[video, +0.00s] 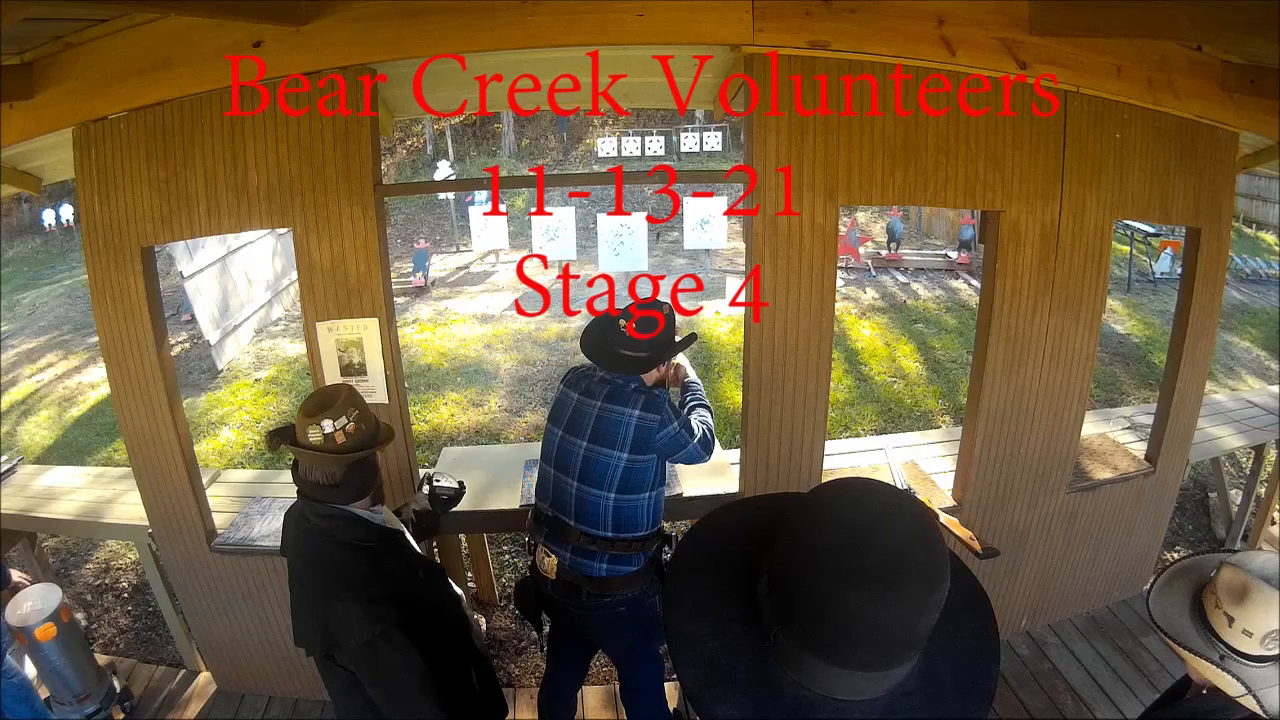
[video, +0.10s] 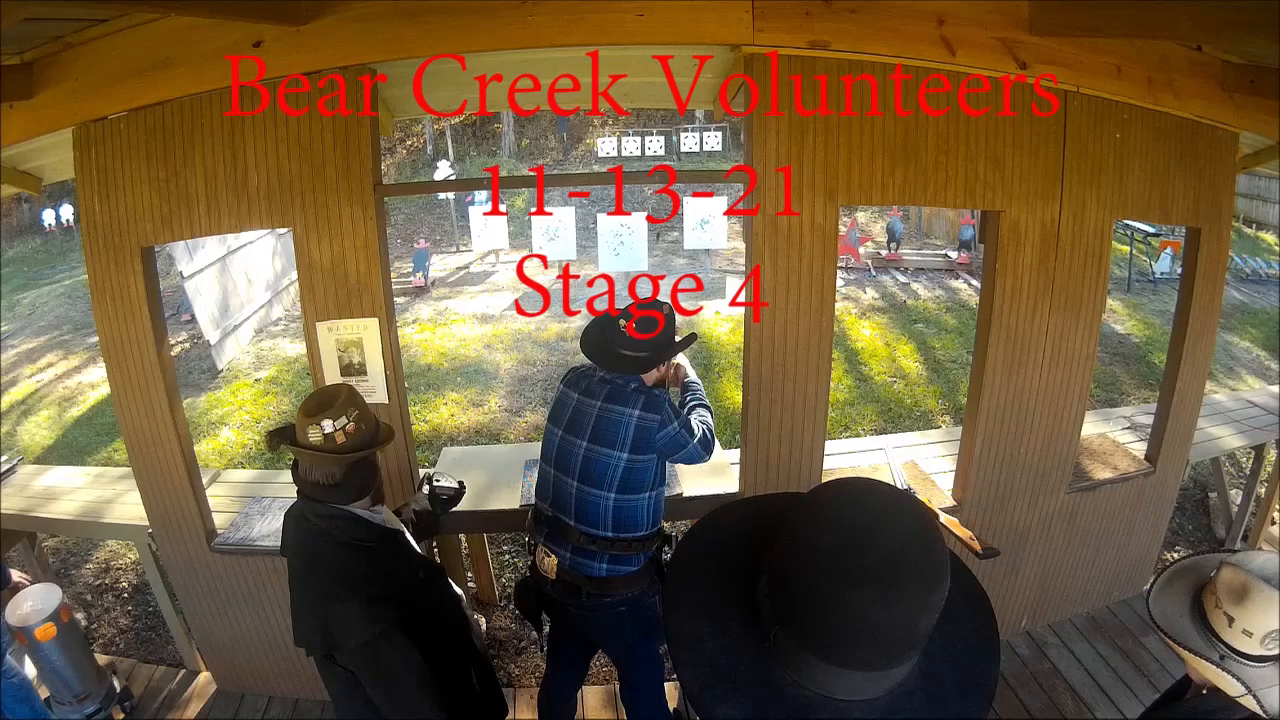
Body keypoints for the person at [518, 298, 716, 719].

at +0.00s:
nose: (668, 360)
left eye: (667, 354)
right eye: (666, 354)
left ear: (607, 350)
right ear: (652, 364)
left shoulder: (571, 383)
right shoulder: (653, 412)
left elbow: (615, 392)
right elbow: (701, 445)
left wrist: (651, 379)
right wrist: (690, 380)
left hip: (558, 577)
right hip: (619, 590)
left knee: (558, 685)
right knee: (645, 690)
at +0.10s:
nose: (668, 361)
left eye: (667, 354)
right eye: (666, 354)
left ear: (607, 350)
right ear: (652, 364)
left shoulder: (571, 383)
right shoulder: (653, 412)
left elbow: (615, 392)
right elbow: (701, 445)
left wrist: (651, 379)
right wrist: (690, 380)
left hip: (558, 578)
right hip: (619, 590)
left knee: (558, 685)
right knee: (645, 690)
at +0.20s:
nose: (668, 360)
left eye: (667, 354)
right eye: (665, 354)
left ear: (607, 350)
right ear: (652, 364)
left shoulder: (571, 383)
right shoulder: (653, 412)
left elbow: (615, 392)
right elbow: (701, 445)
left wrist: (651, 379)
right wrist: (690, 380)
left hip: (559, 578)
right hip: (620, 590)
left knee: (558, 685)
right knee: (645, 690)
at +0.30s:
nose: (668, 360)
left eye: (667, 354)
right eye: (665, 354)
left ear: (607, 350)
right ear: (652, 364)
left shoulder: (571, 383)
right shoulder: (653, 412)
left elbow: (615, 392)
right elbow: (701, 445)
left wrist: (651, 379)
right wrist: (690, 380)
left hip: (558, 577)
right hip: (620, 589)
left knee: (558, 684)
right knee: (645, 690)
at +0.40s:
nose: (668, 360)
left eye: (668, 354)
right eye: (666, 354)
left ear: (607, 350)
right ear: (651, 365)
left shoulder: (571, 383)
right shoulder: (653, 412)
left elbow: (615, 393)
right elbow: (701, 445)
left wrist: (651, 379)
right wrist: (691, 381)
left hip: (555, 576)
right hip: (618, 589)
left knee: (559, 683)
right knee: (644, 687)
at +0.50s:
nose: (669, 360)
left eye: (668, 353)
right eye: (666, 354)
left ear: (608, 350)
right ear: (651, 365)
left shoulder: (572, 383)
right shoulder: (653, 412)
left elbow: (616, 393)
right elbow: (701, 445)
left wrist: (651, 378)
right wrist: (691, 380)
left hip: (555, 576)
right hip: (618, 590)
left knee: (559, 682)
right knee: (644, 686)